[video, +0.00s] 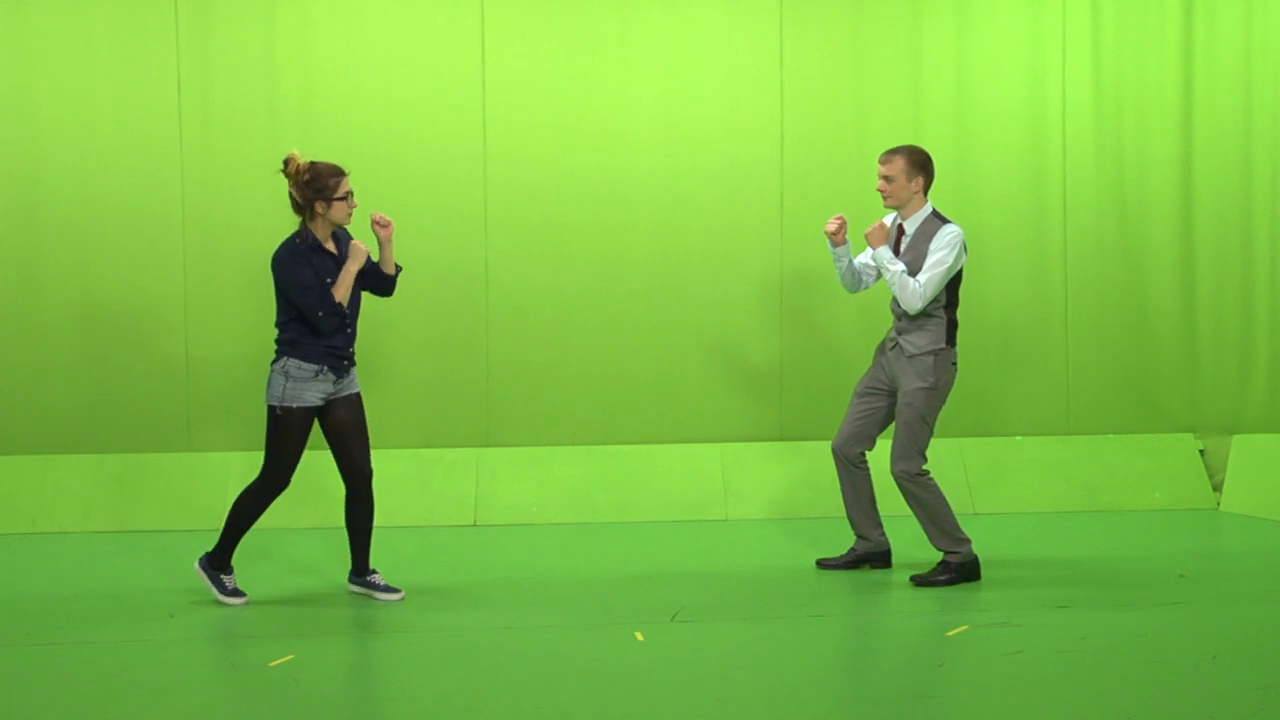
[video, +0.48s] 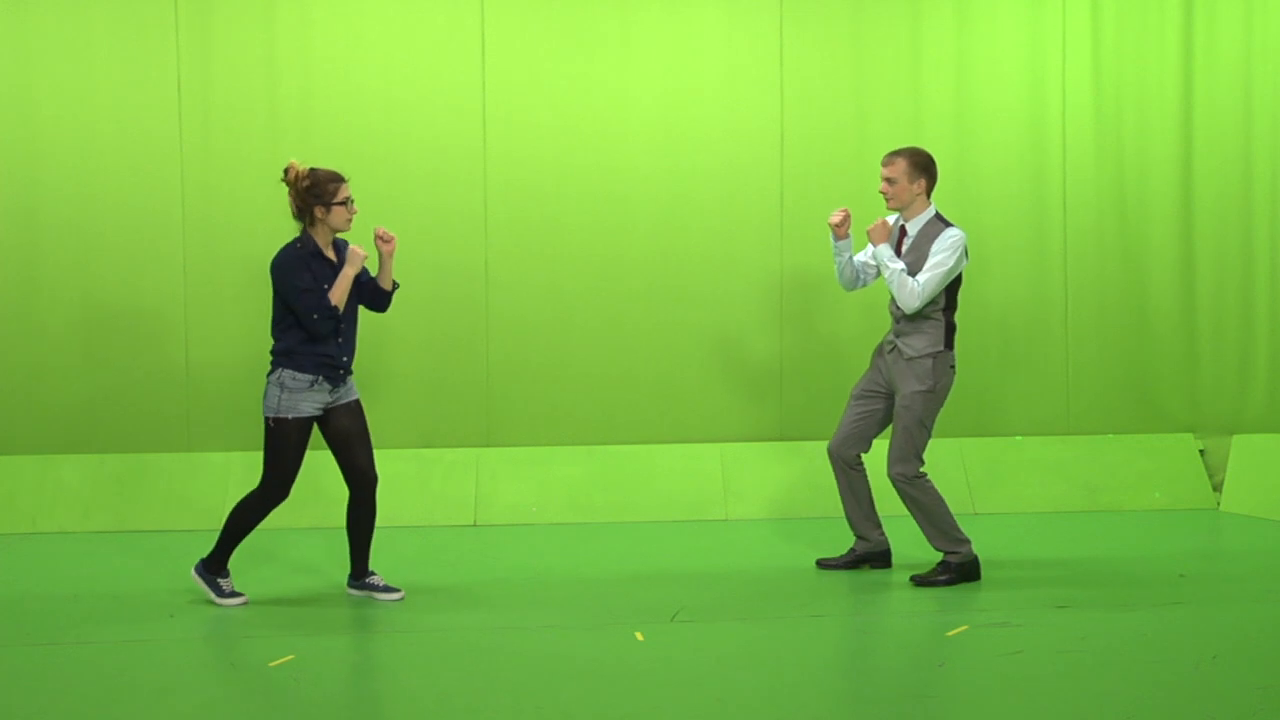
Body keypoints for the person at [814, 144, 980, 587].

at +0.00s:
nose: (881, 187)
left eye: (888, 180)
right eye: (880, 179)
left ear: (918, 184)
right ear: (895, 185)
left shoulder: (949, 236)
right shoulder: (892, 229)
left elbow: (914, 299)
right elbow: (854, 281)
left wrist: (883, 251)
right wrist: (840, 246)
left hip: (928, 360)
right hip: (892, 353)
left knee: (906, 465)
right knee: (848, 447)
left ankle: (961, 557)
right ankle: (872, 546)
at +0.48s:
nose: (883, 189)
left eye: (890, 182)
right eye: (882, 181)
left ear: (921, 186)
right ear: (900, 188)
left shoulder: (950, 239)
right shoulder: (892, 229)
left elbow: (911, 299)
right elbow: (851, 279)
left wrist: (883, 249)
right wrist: (841, 239)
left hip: (926, 362)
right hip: (889, 357)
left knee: (903, 467)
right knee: (843, 448)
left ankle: (961, 557)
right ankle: (871, 546)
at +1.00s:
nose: (882, 194)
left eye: (888, 186)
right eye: (881, 187)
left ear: (919, 187)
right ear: (900, 190)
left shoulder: (951, 238)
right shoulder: (894, 232)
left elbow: (907, 292)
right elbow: (852, 279)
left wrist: (883, 241)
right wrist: (841, 242)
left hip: (924, 363)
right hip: (887, 357)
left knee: (901, 468)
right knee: (842, 449)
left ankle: (961, 557)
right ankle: (871, 546)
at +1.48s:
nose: (885, 193)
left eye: (891, 185)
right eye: (883, 185)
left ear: (922, 187)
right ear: (900, 190)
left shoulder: (953, 238)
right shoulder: (897, 231)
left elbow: (911, 294)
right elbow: (856, 279)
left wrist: (885, 243)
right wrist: (842, 243)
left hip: (927, 363)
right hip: (891, 356)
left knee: (903, 468)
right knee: (844, 449)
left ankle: (961, 557)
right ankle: (871, 546)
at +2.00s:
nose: (880, 183)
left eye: (887, 175)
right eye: (879, 175)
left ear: (917, 177)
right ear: (895, 180)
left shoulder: (950, 229)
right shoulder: (890, 224)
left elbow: (914, 289)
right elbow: (853, 276)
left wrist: (884, 239)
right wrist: (838, 240)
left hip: (930, 355)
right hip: (892, 349)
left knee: (910, 460)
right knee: (854, 446)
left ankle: (960, 556)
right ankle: (872, 546)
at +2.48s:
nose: (855, 198)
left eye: (862, 190)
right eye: (854, 190)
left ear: (893, 193)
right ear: (882, 194)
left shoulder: (921, 248)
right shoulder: (868, 239)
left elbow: (881, 305)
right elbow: (833, 287)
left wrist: (851, 255)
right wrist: (818, 258)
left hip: (909, 370)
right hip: (871, 365)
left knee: (890, 475)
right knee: (808, 443)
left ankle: (957, 557)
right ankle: (805, 550)